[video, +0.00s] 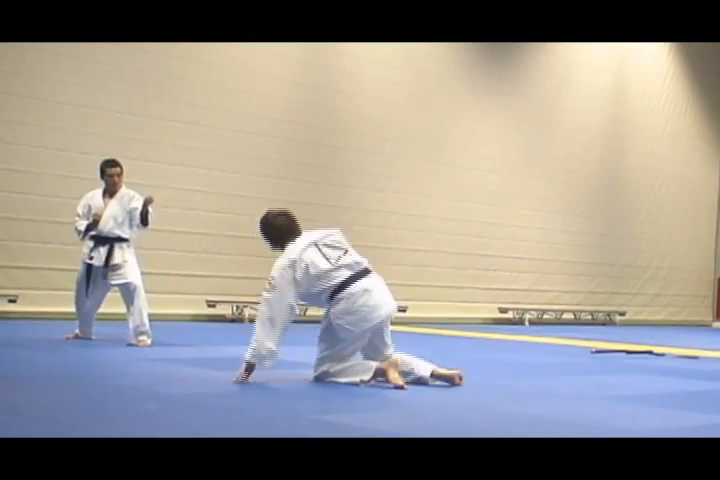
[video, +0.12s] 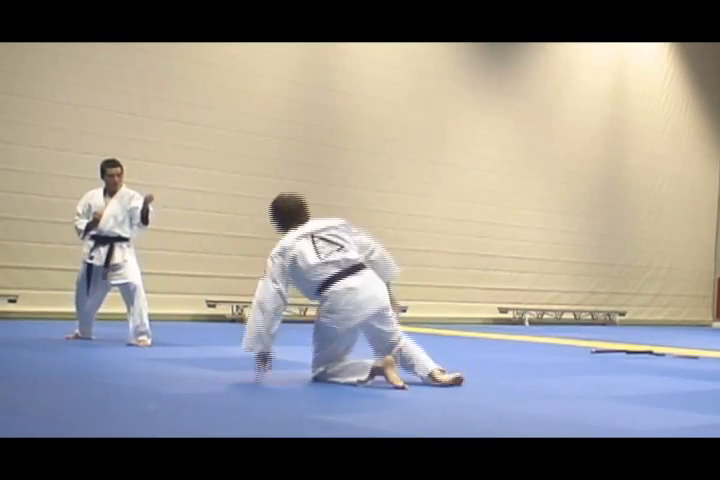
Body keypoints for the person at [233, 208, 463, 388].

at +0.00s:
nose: (267, 243)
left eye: (266, 238)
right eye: (266, 237)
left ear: (273, 239)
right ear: (293, 226)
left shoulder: (286, 264)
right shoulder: (325, 236)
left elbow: (272, 316)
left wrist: (251, 360)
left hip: (353, 304)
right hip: (379, 292)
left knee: (326, 370)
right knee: (381, 359)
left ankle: (379, 371)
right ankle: (437, 374)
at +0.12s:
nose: (275, 226)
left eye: (275, 221)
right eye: (276, 221)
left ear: (280, 222)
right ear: (304, 212)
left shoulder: (283, 249)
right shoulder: (336, 226)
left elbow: (268, 302)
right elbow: (375, 252)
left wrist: (262, 350)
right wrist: (388, 290)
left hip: (340, 300)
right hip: (371, 283)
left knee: (325, 369)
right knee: (393, 344)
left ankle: (378, 368)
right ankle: (435, 372)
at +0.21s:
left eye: (285, 208)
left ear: (288, 212)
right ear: (315, 203)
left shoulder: (284, 243)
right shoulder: (342, 219)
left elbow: (274, 295)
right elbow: (379, 246)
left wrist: (277, 340)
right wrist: (391, 286)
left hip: (332, 302)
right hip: (367, 285)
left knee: (323, 368)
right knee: (401, 330)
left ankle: (373, 367)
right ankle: (430, 370)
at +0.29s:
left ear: (299, 203)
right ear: (328, 197)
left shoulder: (288, 235)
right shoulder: (347, 214)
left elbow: (284, 287)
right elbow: (378, 247)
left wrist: (293, 327)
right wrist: (389, 279)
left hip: (325, 301)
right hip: (360, 285)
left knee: (319, 368)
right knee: (402, 316)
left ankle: (363, 363)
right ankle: (419, 368)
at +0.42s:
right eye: (345, 189)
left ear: (315, 194)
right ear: (344, 191)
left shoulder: (300, 223)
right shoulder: (356, 211)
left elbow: (295, 272)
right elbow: (372, 251)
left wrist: (303, 321)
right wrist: (388, 279)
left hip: (315, 294)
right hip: (352, 286)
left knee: (315, 362)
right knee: (412, 310)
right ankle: (408, 371)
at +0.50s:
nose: (356, 194)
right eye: (356, 190)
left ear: (325, 193)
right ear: (354, 192)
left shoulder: (308, 221)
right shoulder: (361, 212)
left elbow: (301, 268)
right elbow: (373, 255)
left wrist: (307, 310)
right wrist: (390, 282)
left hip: (318, 298)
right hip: (351, 290)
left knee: (324, 367)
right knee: (417, 307)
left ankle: (304, 356)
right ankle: (408, 372)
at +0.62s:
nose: (372, 194)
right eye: (370, 190)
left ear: (340, 193)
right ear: (369, 193)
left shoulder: (320, 222)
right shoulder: (371, 214)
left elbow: (311, 267)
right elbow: (378, 258)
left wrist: (314, 302)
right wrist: (397, 284)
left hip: (322, 295)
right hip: (354, 290)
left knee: (323, 367)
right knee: (421, 305)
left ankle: (288, 360)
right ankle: (409, 372)